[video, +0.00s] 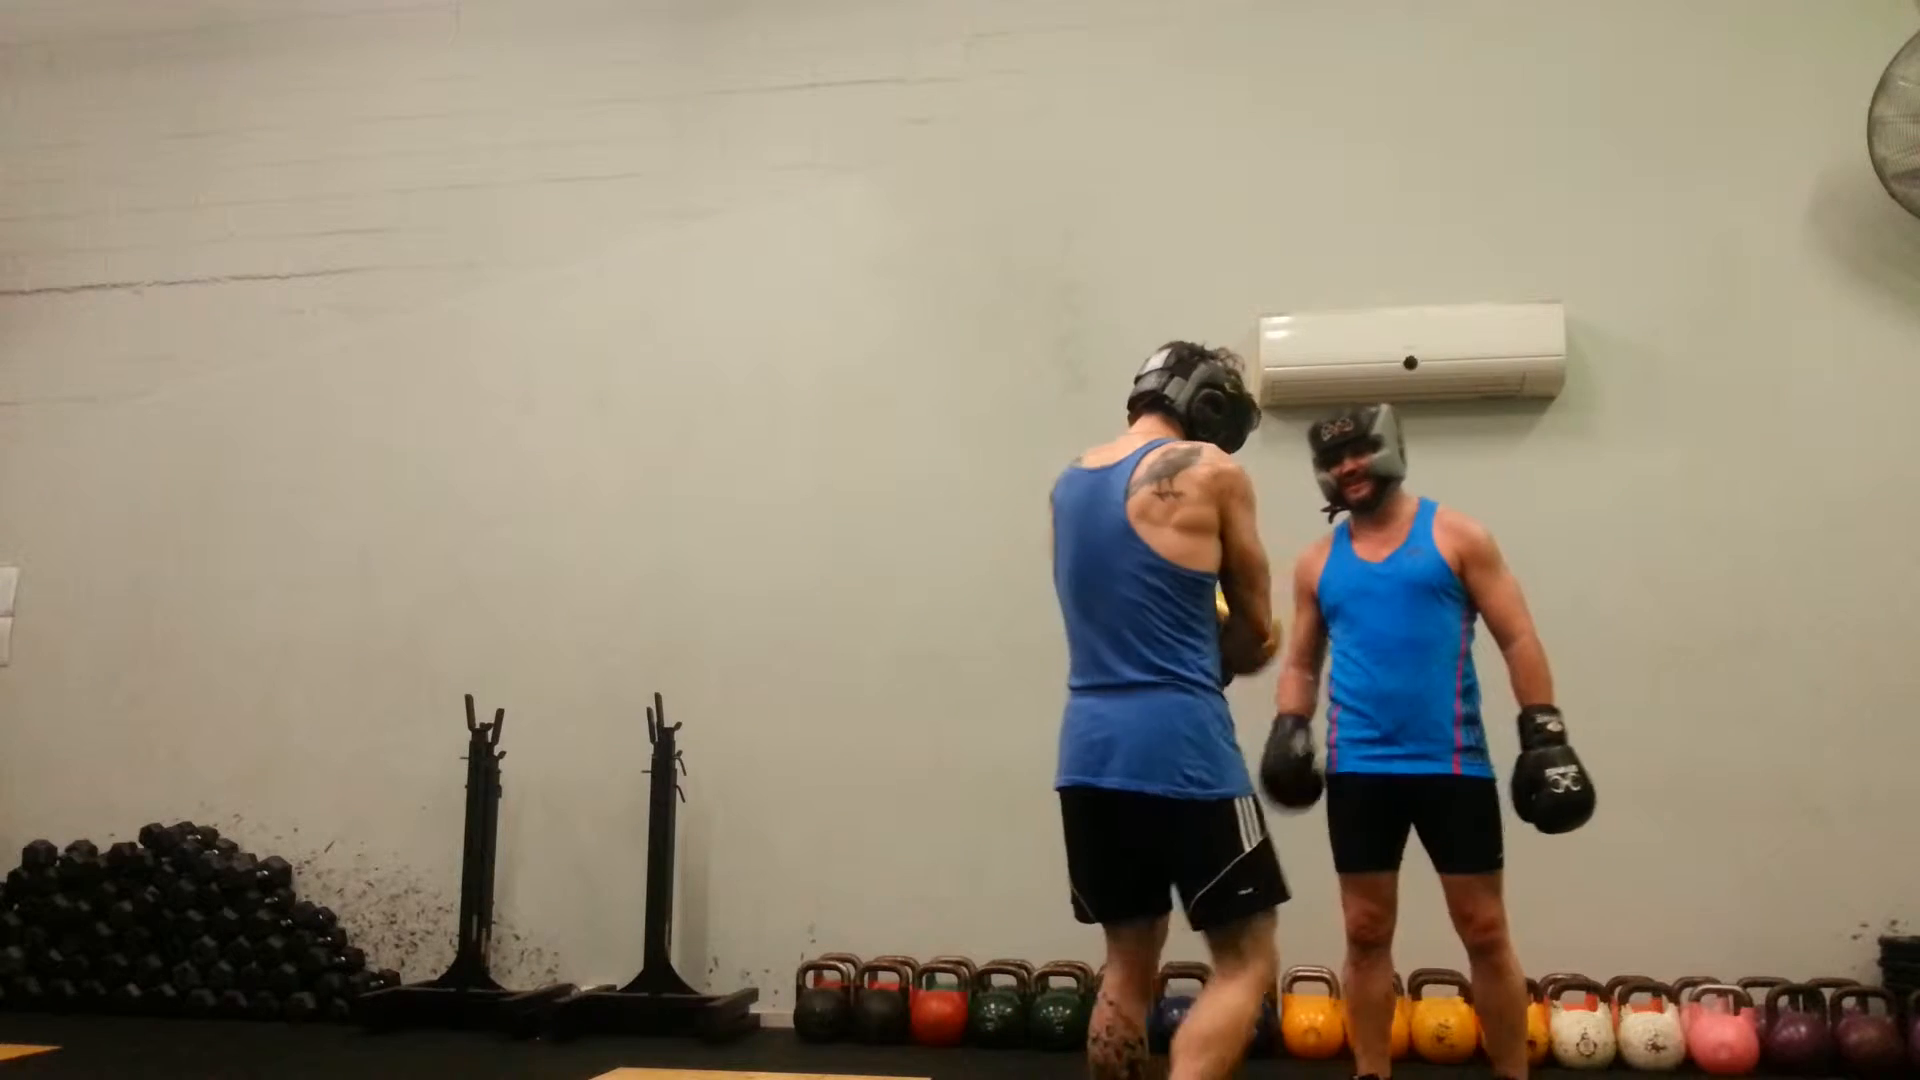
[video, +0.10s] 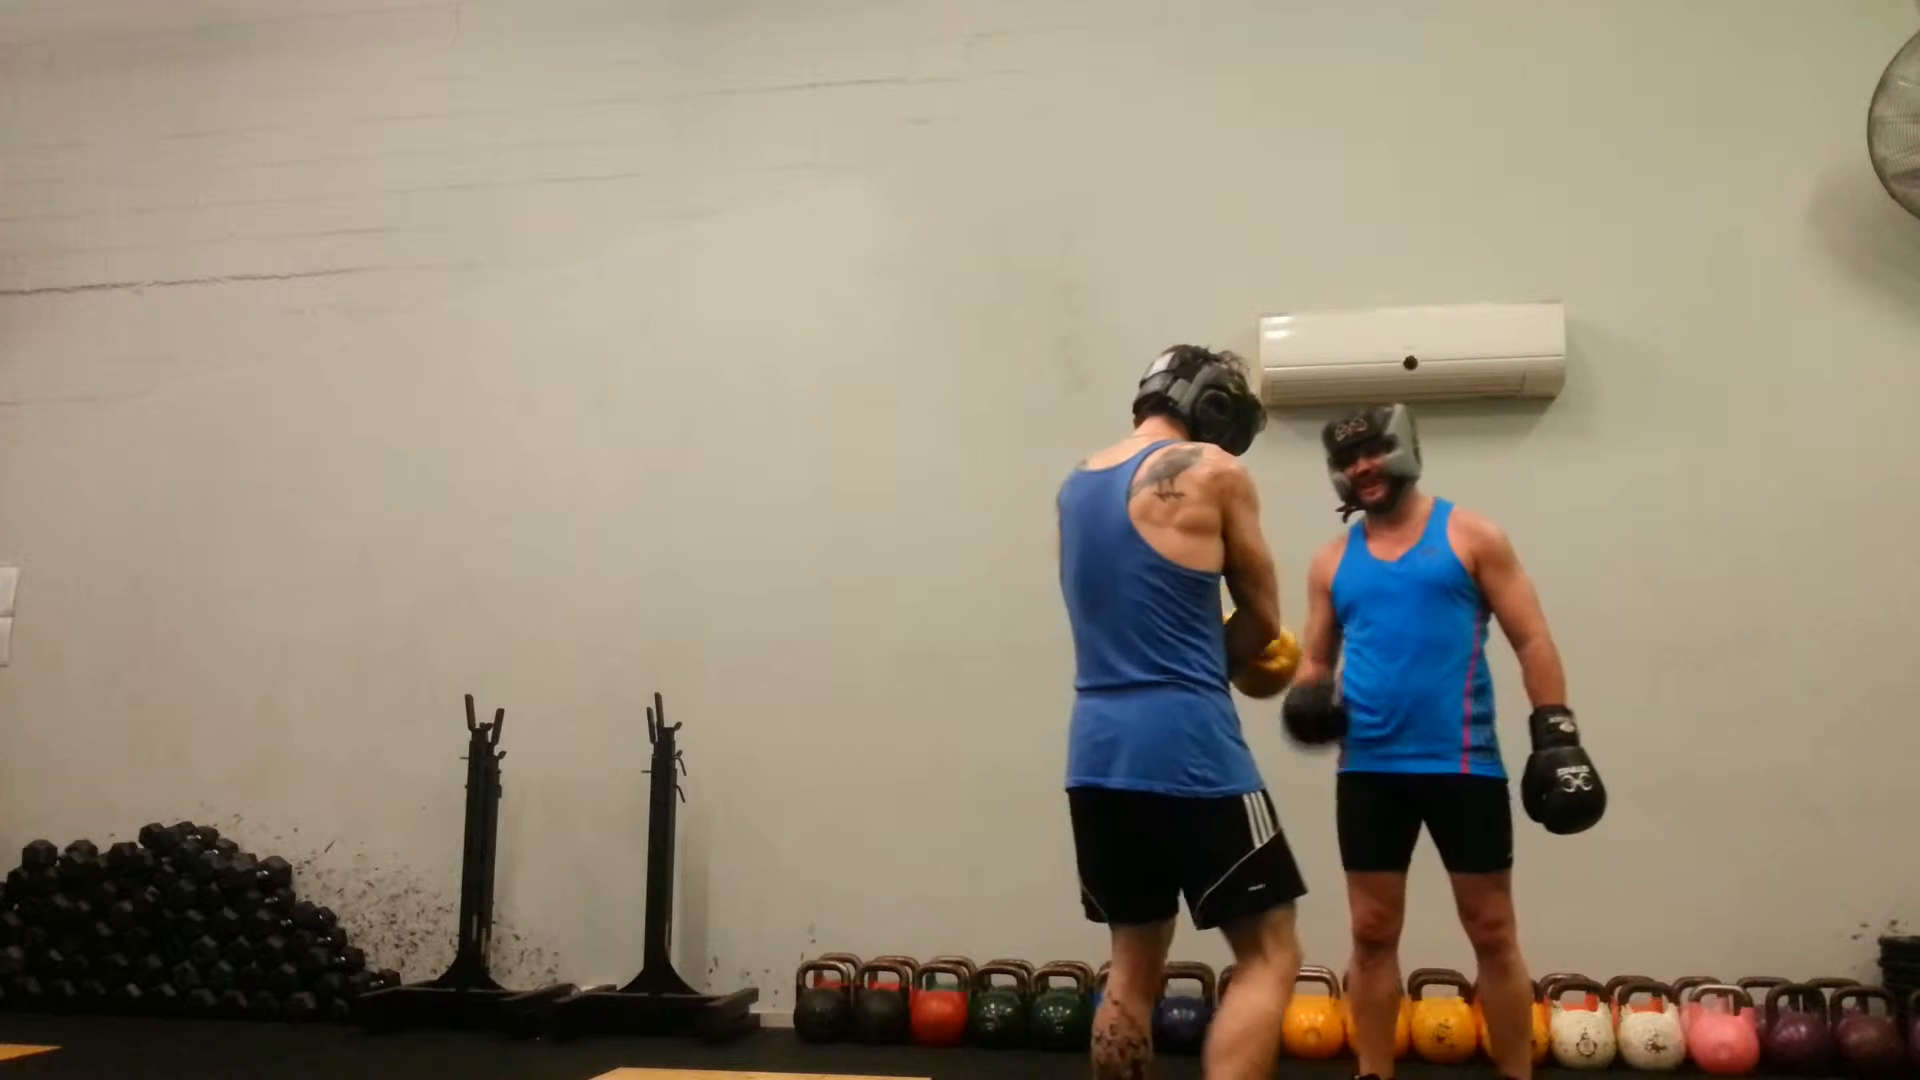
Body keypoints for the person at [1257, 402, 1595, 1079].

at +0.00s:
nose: (1352, 468)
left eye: (1364, 452)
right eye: (1336, 460)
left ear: (1394, 453)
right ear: (1323, 474)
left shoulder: (1458, 537)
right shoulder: (1317, 563)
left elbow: (1516, 636)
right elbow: (1300, 663)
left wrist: (1545, 735)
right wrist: (1290, 729)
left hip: (1452, 767)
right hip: (1358, 772)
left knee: (1485, 932)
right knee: (1365, 934)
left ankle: (1512, 1073)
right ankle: (1371, 1073)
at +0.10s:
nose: (1366, 472)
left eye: (1378, 456)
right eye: (1350, 464)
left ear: (1409, 454)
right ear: (1337, 475)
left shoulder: (1472, 537)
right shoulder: (1332, 561)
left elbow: (1531, 637)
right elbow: (1315, 658)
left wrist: (1555, 737)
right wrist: (1308, 702)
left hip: (1464, 767)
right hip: (1371, 770)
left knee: (1492, 933)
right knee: (1371, 932)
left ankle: (1515, 1074)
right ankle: (1374, 1074)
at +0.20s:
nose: (1380, 466)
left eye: (1393, 449)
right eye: (1364, 457)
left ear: (1424, 452)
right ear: (1351, 472)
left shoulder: (1487, 537)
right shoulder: (1345, 559)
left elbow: (1543, 639)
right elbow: (1323, 671)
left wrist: (1564, 737)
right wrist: (1326, 651)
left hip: (1475, 765)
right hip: (1382, 769)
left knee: (1500, 932)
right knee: (1377, 931)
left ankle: (1519, 1074)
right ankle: (1375, 1075)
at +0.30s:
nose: (1394, 467)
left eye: (1407, 452)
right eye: (1378, 458)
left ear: (1438, 453)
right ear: (1364, 471)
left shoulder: (1499, 538)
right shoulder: (1357, 555)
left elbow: (1554, 641)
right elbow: (1326, 667)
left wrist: (1570, 738)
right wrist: (1340, 617)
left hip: (1486, 766)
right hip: (1393, 768)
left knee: (1507, 933)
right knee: (1383, 932)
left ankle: (1521, 1074)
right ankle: (1378, 1075)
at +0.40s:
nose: (1407, 465)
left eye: (1421, 449)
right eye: (1393, 455)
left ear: (1452, 452)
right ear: (1380, 469)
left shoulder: (1509, 538)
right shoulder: (1376, 546)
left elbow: (1563, 643)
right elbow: (1333, 657)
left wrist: (1576, 738)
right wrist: (1354, 583)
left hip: (1496, 765)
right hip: (1402, 767)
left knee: (1512, 932)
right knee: (1389, 932)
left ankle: (1523, 1073)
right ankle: (1379, 1074)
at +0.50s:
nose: (1418, 464)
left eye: (1432, 449)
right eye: (1403, 453)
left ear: (1463, 453)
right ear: (1389, 467)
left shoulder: (1519, 540)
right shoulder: (1386, 547)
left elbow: (1572, 645)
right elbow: (1339, 646)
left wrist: (1584, 742)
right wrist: (1366, 562)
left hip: (1503, 765)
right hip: (1411, 767)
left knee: (1517, 932)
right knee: (1394, 932)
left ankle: (1525, 1074)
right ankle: (1380, 1073)